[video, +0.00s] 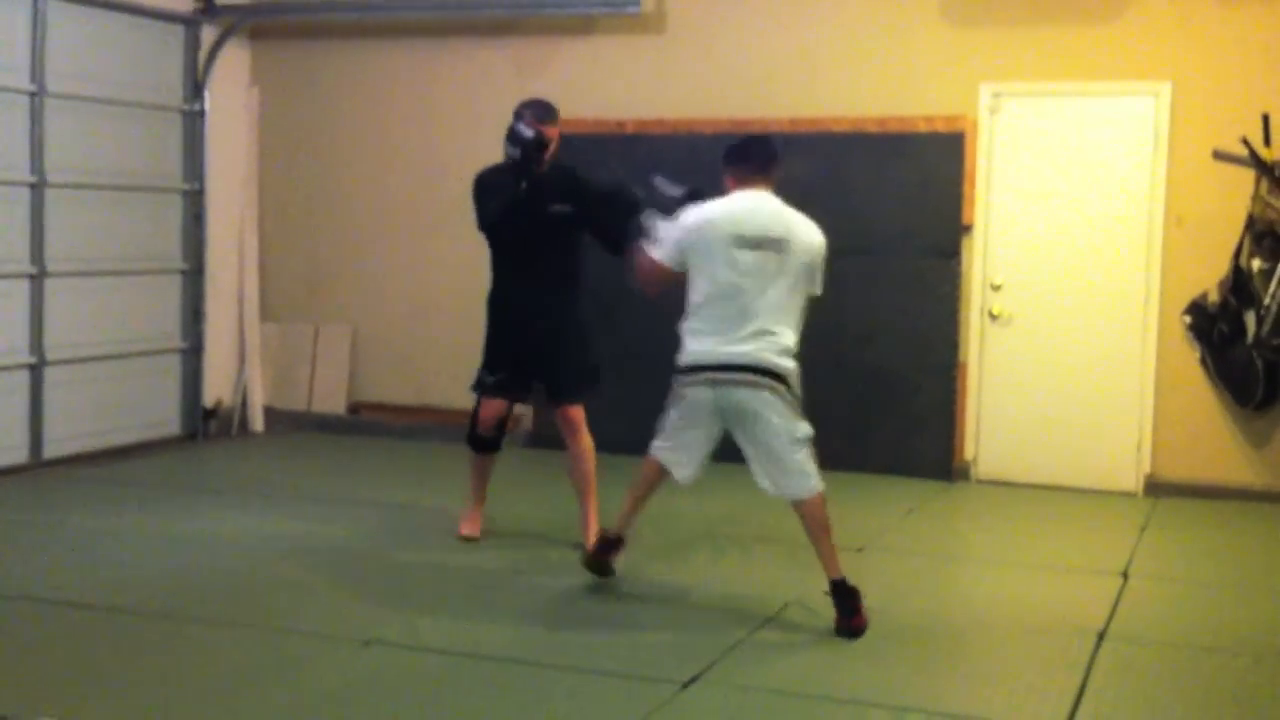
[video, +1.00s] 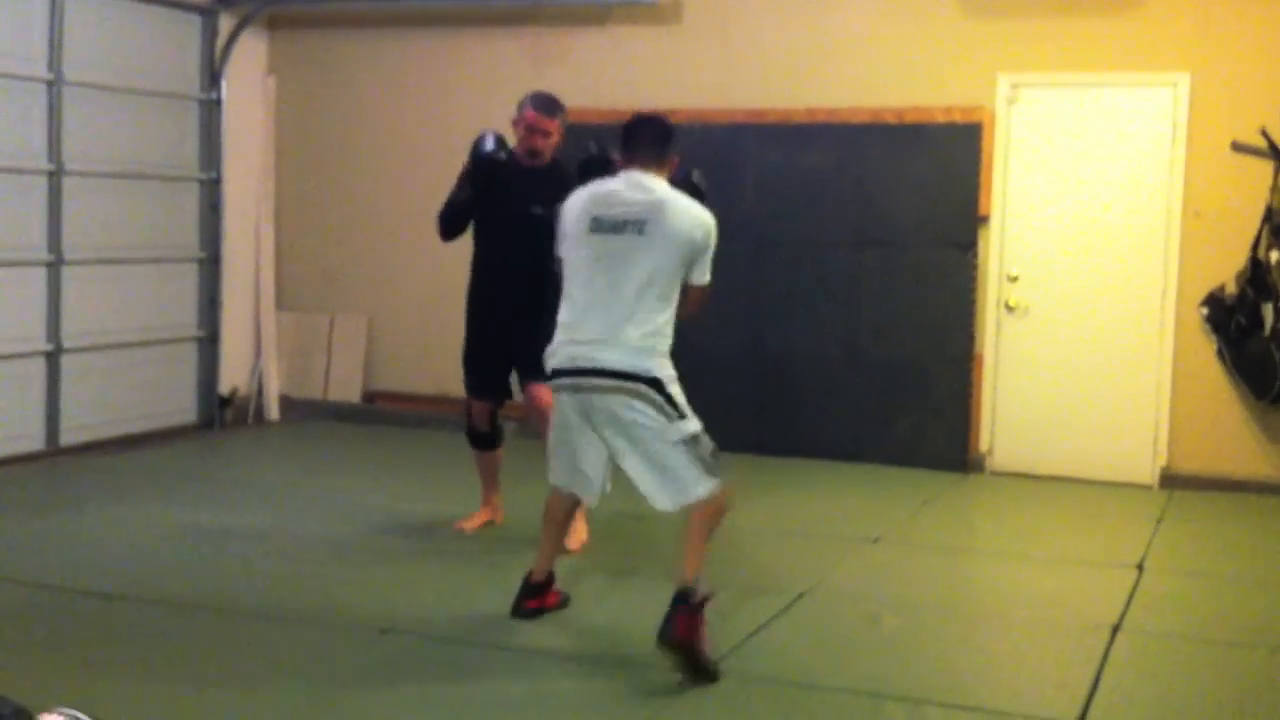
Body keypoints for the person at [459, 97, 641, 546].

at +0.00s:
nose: (539, 148)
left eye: (546, 140)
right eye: (531, 139)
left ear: (558, 139)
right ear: (514, 136)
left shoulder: (571, 184)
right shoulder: (494, 182)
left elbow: (617, 232)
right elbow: (495, 224)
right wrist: (528, 174)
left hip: (562, 320)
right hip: (510, 319)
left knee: (572, 418)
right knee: (489, 416)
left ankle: (591, 530)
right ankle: (475, 507)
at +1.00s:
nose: (535, 140)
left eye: (545, 133)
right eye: (529, 129)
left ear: (560, 135)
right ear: (515, 126)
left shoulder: (567, 182)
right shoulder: (490, 171)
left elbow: (586, 240)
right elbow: (448, 228)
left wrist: (597, 184)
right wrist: (476, 172)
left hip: (544, 307)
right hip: (490, 305)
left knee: (543, 401)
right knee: (480, 409)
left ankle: (572, 507)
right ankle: (490, 503)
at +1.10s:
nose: (531, 141)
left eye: (541, 133)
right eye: (524, 130)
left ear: (553, 134)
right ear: (506, 126)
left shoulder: (565, 184)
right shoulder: (482, 173)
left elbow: (580, 247)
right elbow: (456, 236)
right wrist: (480, 176)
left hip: (543, 309)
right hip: (490, 308)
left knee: (541, 398)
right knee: (481, 409)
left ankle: (571, 511)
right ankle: (490, 505)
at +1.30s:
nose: (525, 142)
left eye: (534, 133)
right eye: (517, 133)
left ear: (549, 132)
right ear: (501, 133)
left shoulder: (571, 175)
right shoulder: (487, 174)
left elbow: (592, 237)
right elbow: (462, 246)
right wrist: (485, 187)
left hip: (552, 312)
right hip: (497, 311)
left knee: (546, 418)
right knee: (483, 414)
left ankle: (571, 534)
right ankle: (492, 506)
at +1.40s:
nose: (526, 138)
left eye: (534, 129)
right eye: (517, 130)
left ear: (548, 127)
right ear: (501, 129)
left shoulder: (565, 174)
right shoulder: (488, 173)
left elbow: (581, 232)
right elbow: (469, 247)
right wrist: (489, 185)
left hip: (554, 307)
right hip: (503, 307)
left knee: (548, 419)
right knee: (483, 419)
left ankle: (573, 534)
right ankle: (490, 504)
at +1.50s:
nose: (512, 136)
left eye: (520, 126)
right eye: (503, 128)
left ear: (538, 124)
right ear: (491, 130)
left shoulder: (564, 171)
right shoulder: (490, 175)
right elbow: (478, 251)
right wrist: (485, 181)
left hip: (562, 307)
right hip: (512, 306)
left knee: (555, 423)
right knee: (472, 417)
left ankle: (574, 537)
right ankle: (489, 494)